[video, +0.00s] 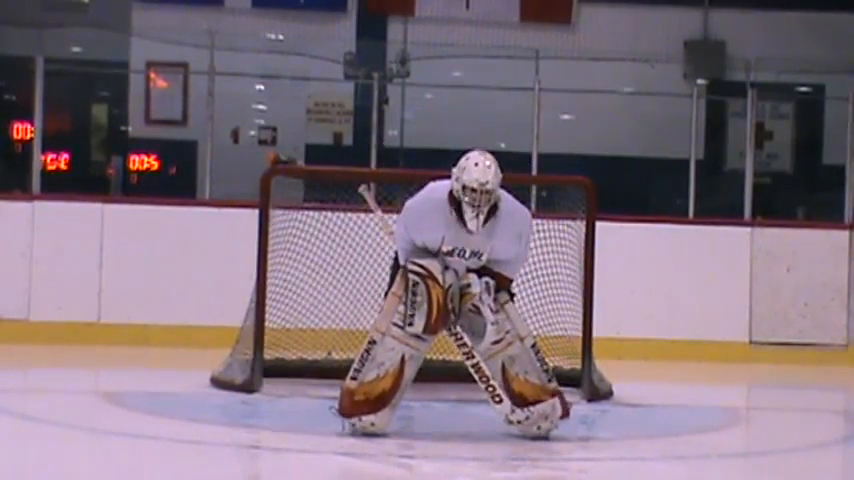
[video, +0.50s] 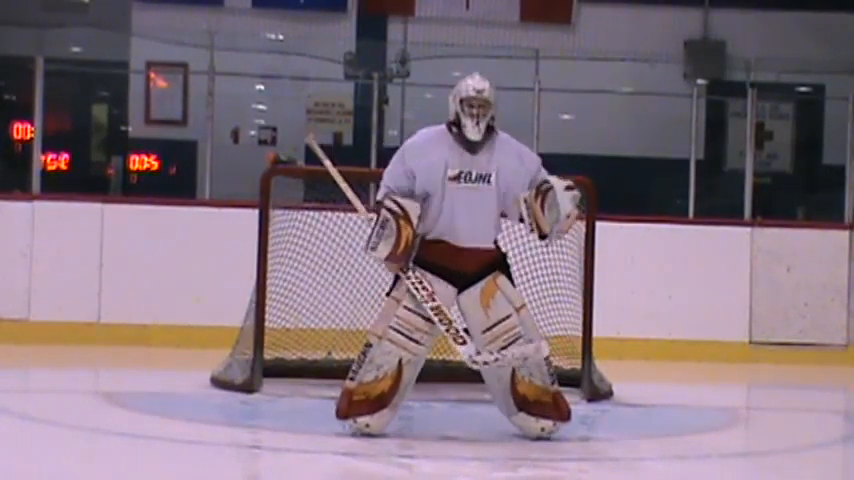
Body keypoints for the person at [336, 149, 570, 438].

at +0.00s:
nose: (477, 201)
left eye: (484, 195)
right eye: (470, 194)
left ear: (496, 193)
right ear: (456, 187)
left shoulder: (516, 218)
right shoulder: (425, 206)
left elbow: (503, 274)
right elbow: (409, 255)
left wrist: (478, 293)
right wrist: (434, 289)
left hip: (478, 281)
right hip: (425, 274)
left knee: (507, 339)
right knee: (402, 333)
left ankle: (535, 414)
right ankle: (368, 411)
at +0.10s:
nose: (478, 190)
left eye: (485, 183)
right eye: (471, 182)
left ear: (496, 180)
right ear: (458, 176)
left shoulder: (517, 211)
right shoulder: (424, 200)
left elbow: (506, 270)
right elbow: (410, 257)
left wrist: (483, 290)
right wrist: (440, 287)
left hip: (479, 282)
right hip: (428, 276)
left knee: (505, 338)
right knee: (402, 335)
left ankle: (534, 414)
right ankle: (369, 412)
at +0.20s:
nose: (479, 169)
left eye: (487, 161)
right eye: (472, 160)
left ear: (498, 161)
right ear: (459, 157)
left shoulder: (516, 198)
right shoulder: (425, 186)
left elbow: (517, 257)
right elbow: (408, 245)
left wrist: (501, 276)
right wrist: (430, 278)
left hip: (478, 283)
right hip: (425, 277)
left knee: (508, 334)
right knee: (398, 333)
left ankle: (534, 412)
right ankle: (370, 412)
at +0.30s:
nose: (480, 146)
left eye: (487, 139)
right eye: (473, 138)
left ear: (497, 141)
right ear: (459, 138)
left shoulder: (519, 185)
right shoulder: (426, 170)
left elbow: (533, 245)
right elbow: (399, 220)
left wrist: (519, 265)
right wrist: (417, 266)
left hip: (482, 277)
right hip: (424, 272)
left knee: (510, 339)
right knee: (395, 336)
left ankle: (536, 414)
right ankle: (368, 412)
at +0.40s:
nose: (477, 126)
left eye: (483, 119)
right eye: (470, 119)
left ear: (493, 123)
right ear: (456, 120)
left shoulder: (515, 167)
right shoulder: (422, 156)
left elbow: (538, 213)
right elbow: (386, 195)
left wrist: (545, 233)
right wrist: (397, 224)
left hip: (483, 268)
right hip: (426, 265)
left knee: (514, 342)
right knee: (394, 339)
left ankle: (537, 417)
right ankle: (366, 414)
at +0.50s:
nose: (475, 115)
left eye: (481, 108)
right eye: (468, 107)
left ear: (492, 110)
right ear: (454, 108)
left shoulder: (511, 154)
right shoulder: (423, 147)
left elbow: (534, 203)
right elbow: (395, 197)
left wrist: (557, 205)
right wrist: (391, 229)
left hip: (486, 266)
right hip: (430, 262)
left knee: (517, 342)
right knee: (397, 338)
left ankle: (539, 416)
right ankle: (368, 414)